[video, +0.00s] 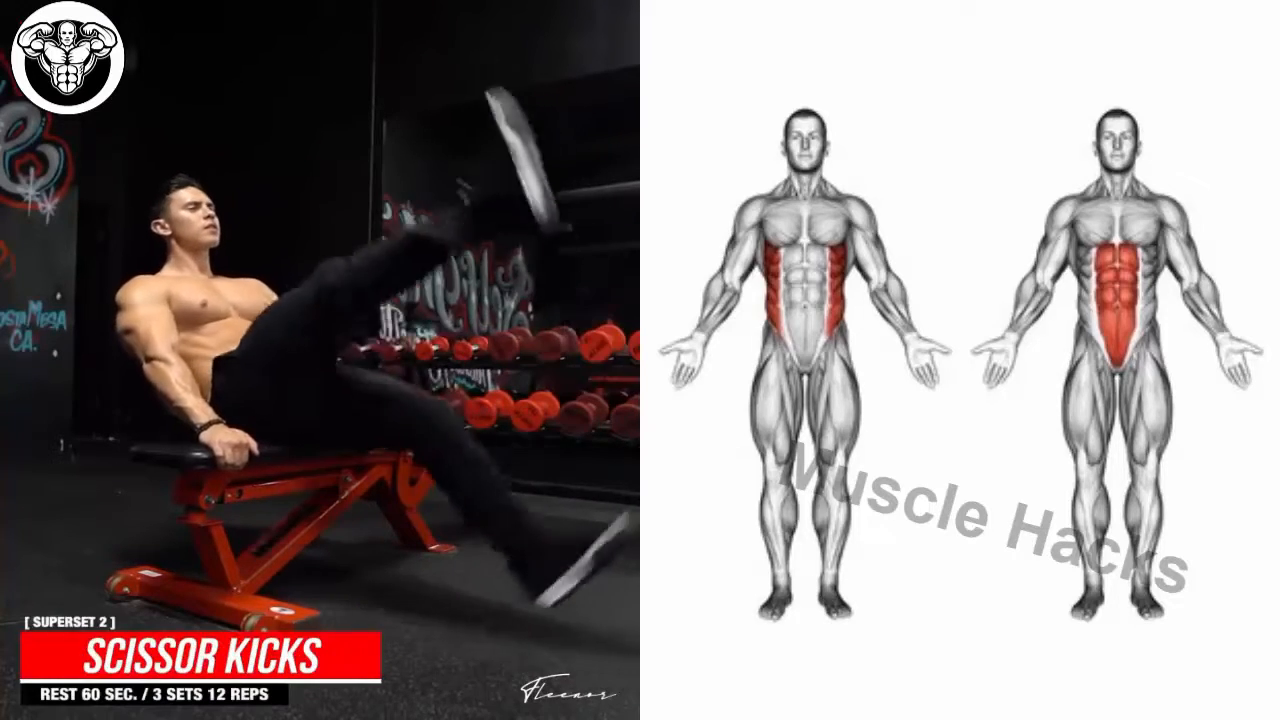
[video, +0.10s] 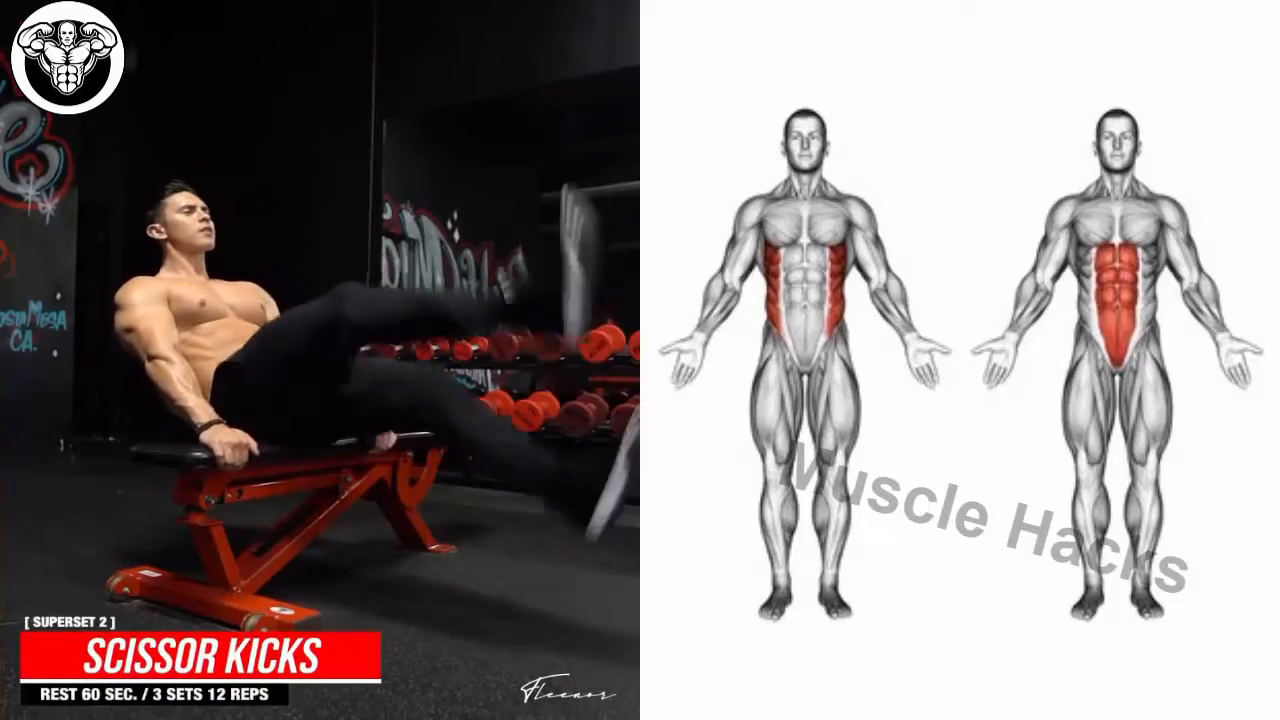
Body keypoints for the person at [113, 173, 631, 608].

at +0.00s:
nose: (208, 213)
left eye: (209, 206)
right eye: (192, 207)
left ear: (213, 225)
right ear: (162, 227)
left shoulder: (253, 289)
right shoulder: (144, 290)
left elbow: (306, 340)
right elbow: (160, 362)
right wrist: (208, 424)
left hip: (311, 397)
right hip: (245, 395)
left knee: (435, 422)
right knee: (329, 290)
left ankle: (540, 567)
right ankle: (500, 215)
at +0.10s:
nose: (203, 218)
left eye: (205, 211)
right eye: (188, 212)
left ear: (208, 228)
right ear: (158, 232)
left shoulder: (250, 292)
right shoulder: (141, 292)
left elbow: (303, 356)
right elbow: (161, 361)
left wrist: (359, 415)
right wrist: (208, 425)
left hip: (303, 391)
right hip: (240, 394)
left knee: (436, 389)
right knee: (341, 307)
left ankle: (574, 486)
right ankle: (503, 311)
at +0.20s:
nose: (202, 221)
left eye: (203, 213)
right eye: (186, 215)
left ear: (207, 229)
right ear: (158, 234)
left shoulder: (248, 293)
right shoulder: (141, 292)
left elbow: (302, 356)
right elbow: (164, 361)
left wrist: (355, 415)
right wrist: (211, 423)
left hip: (298, 390)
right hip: (244, 400)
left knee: (422, 337)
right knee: (375, 347)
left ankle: (566, 374)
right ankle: (531, 427)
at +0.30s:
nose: (204, 219)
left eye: (205, 212)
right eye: (188, 213)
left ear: (210, 229)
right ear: (160, 233)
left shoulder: (250, 293)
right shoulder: (143, 292)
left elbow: (314, 357)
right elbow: (163, 361)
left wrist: (371, 387)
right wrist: (209, 424)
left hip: (301, 384)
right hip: (246, 398)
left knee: (387, 309)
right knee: (380, 405)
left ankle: (553, 276)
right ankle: (533, 532)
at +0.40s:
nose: (209, 216)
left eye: (210, 208)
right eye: (193, 209)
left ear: (214, 226)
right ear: (164, 229)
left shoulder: (253, 291)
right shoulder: (147, 288)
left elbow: (313, 355)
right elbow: (164, 359)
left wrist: (358, 404)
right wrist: (210, 424)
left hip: (305, 377)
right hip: (251, 390)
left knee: (376, 297)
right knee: (382, 442)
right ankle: (508, 589)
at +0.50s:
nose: (212, 212)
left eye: (214, 205)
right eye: (197, 205)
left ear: (217, 223)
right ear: (167, 225)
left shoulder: (253, 290)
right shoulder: (150, 284)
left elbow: (310, 353)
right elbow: (164, 355)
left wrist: (372, 405)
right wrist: (209, 425)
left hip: (300, 375)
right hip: (246, 388)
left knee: (376, 290)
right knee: (375, 425)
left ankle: (517, 210)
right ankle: (501, 584)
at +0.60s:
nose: (212, 214)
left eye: (213, 206)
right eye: (197, 207)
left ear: (215, 224)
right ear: (166, 226)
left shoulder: (252, 290)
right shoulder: (148, 286)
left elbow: (309, 354)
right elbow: (164, 355)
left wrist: (373, 393)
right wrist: (208, 425)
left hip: (295, 378)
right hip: (243, 393)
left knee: (385, 306)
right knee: (376, 395)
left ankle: (544, 279)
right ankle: (532, 503)